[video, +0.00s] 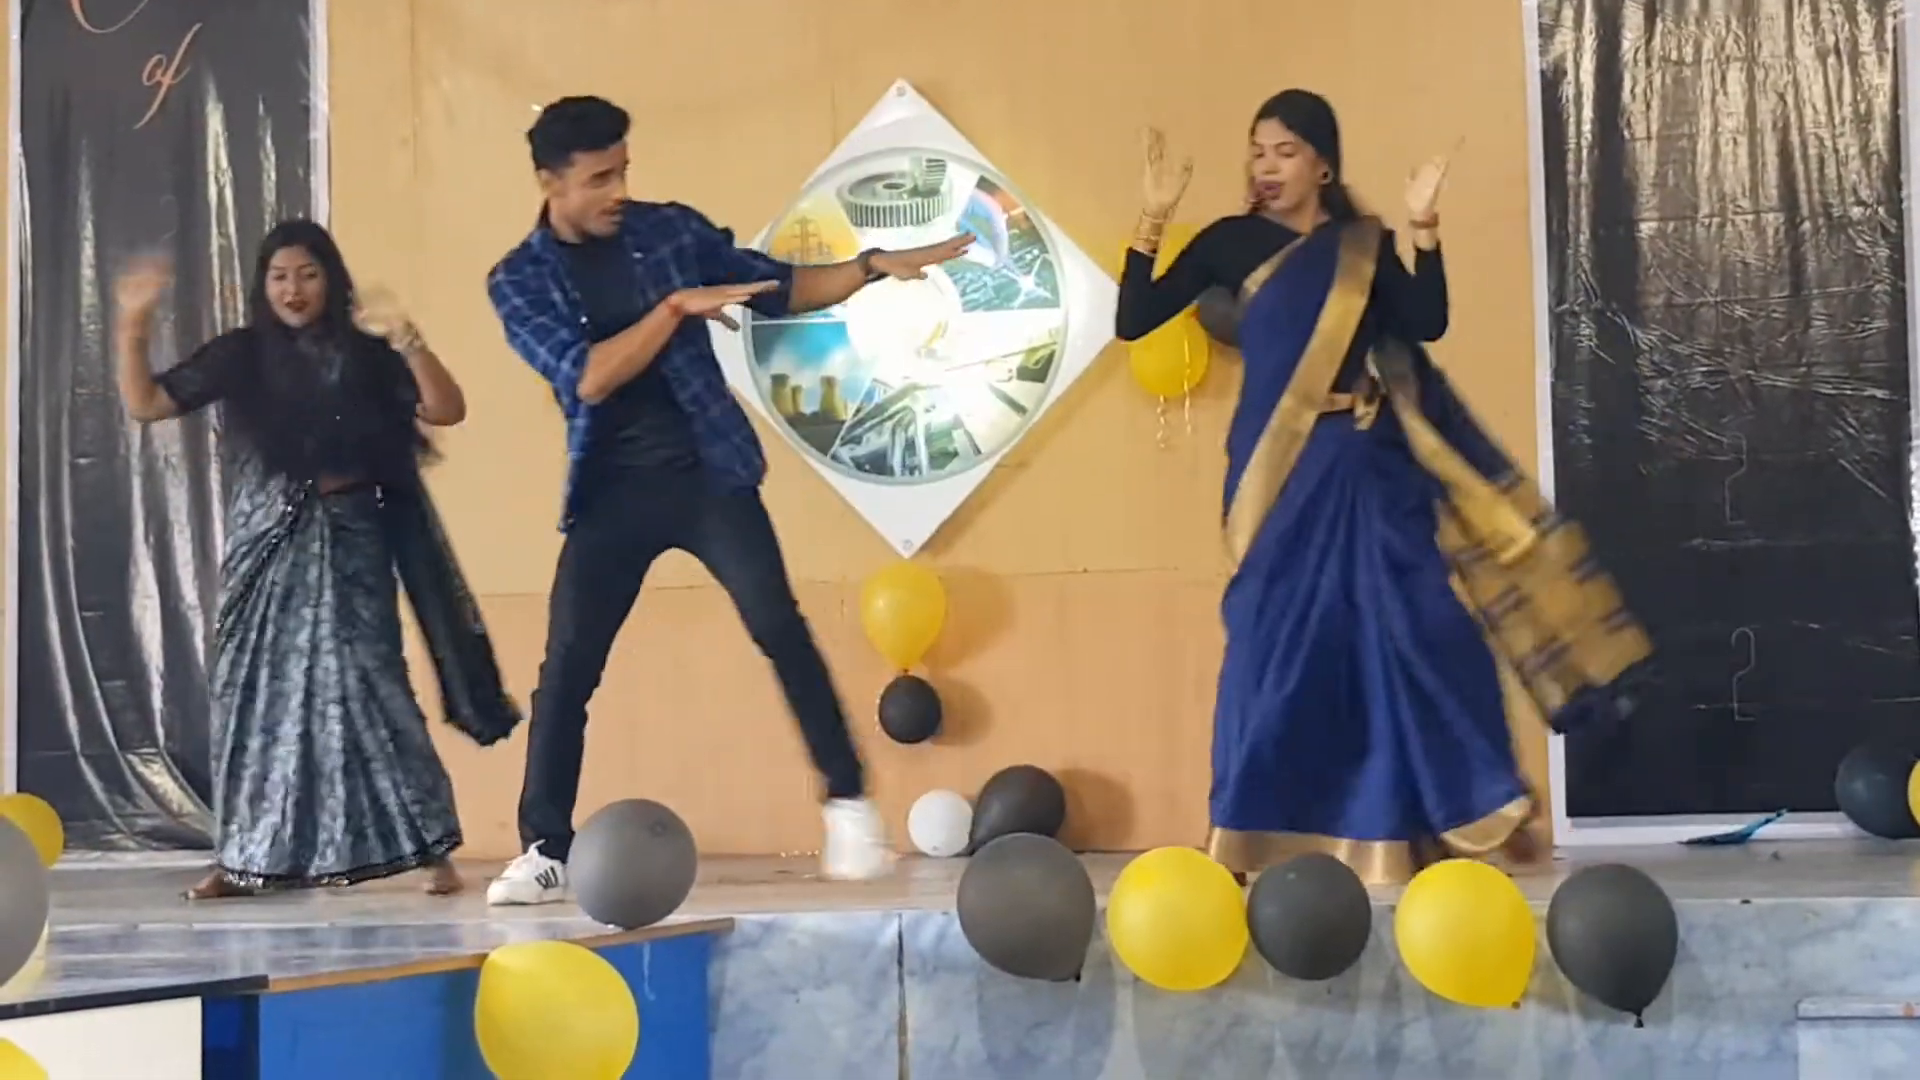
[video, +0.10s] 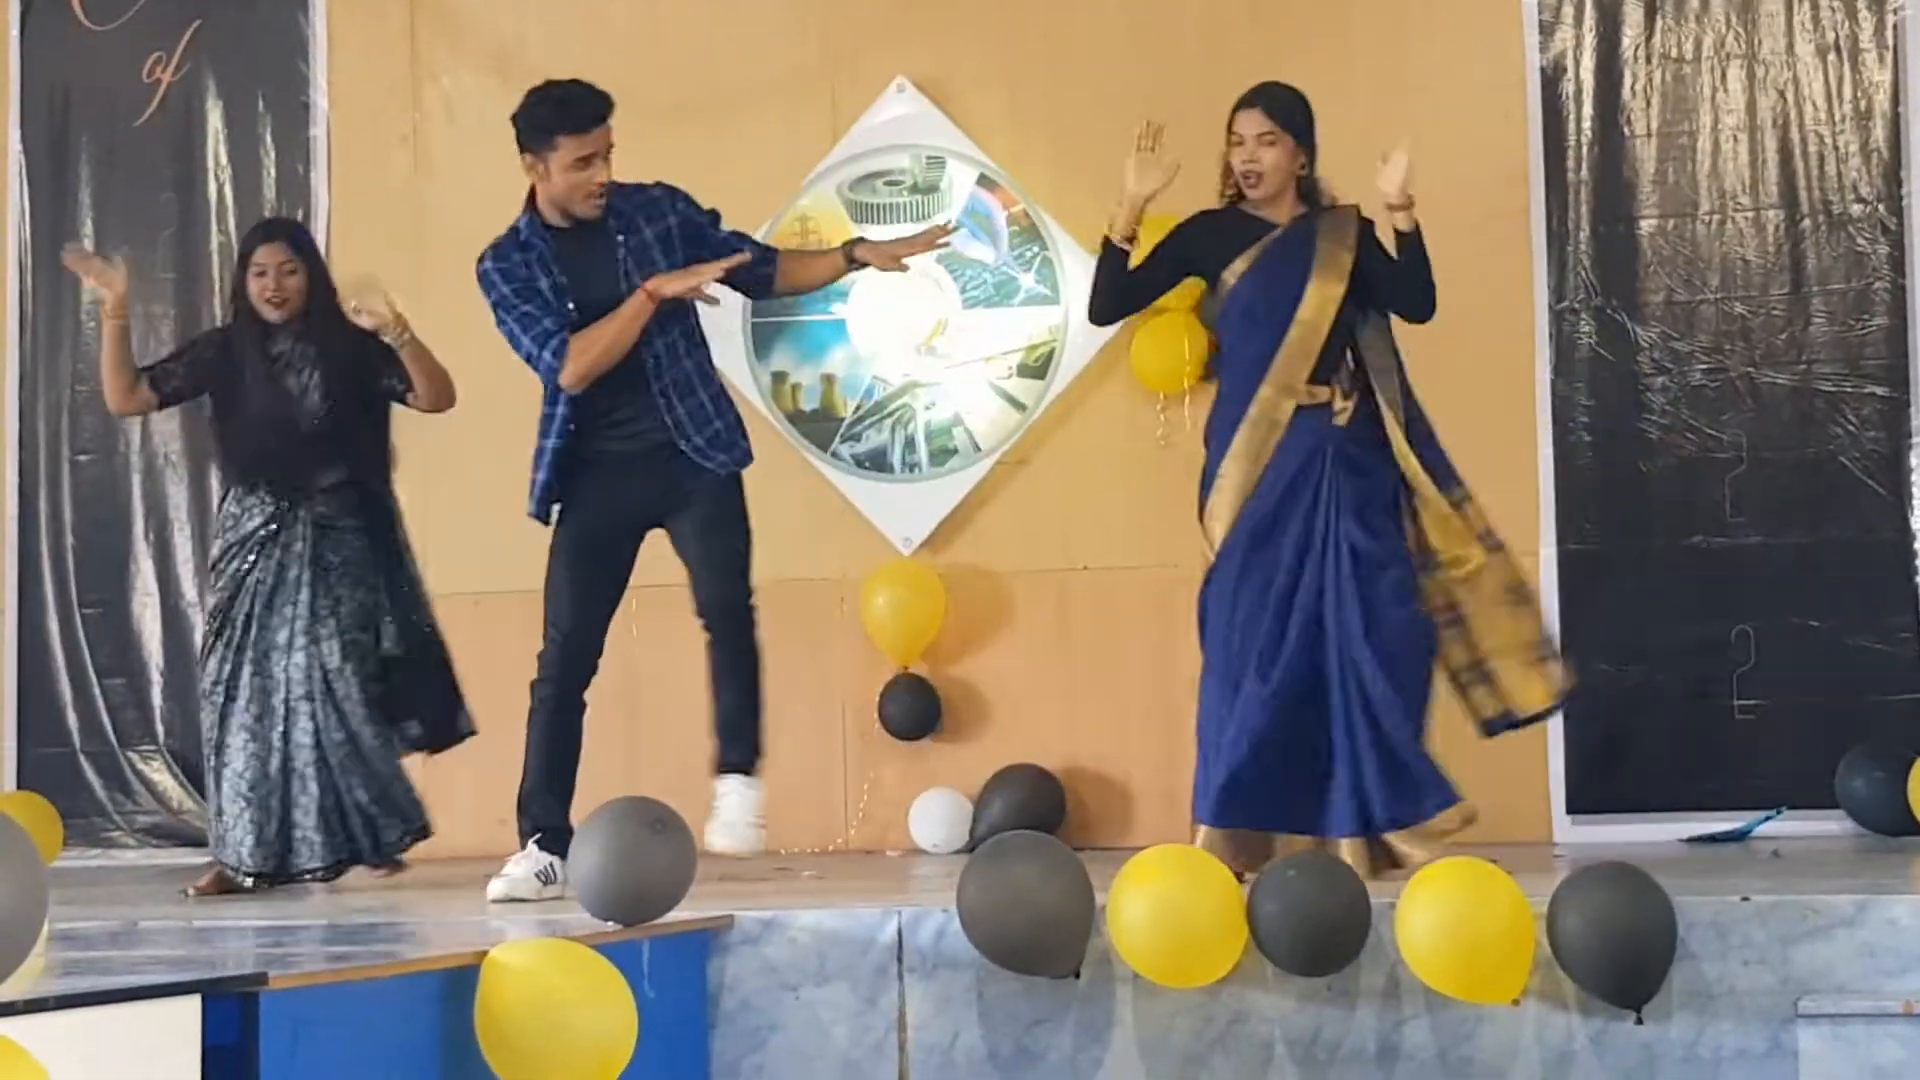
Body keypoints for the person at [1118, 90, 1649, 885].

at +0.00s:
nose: (1266, 167)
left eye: (1284, 151)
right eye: (1257, 152)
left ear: (1324, 162)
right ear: (1249, 163)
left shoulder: (1370, 242)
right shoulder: (1232, 239)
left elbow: (1429, 324)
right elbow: (1133, 320)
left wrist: (1423, 231)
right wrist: (1150, 221)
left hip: (1374, 459)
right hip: (1281, 465)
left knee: (1406, 635)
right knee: (1273, 646)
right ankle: (1240, 848)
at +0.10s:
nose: (1247, 156)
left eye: (1264, 141)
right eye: (1238, 142)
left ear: (1301, 149)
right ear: (1229, 151)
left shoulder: (1346, 230)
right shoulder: (1211, 232)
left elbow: (1417, 305)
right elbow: (1106, 307)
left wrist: (1399, 216)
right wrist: (1128, 216)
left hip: (1353, 457)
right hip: (1256, 462)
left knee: (1370, 636)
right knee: (1256, 641)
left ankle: (1369, 825)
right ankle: (1231, 837)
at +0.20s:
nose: (1238, 149)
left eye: (1255, 134)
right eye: (1227, 134)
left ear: (1288, 144)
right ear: (1213, 146)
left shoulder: (1338, 217)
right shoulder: (1198, 227)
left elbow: (1406, 301)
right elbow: (1095, 301)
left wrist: (1377, 211)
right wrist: (1116, 205)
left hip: (1327, 444)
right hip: (1237, 449)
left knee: (1314, 633)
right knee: (1244, 635)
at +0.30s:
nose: (1250, 161)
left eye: (1267, 150)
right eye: (1237, 146)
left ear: (1287, 164)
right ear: (1215, 157)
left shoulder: (1324, 242)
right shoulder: (1193, 249)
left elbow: (1382, 339)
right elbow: (1105, 318)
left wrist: (1365, 247)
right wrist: (1109, 223)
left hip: (1315, 458)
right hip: (1228, 459)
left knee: (1291, 646)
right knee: (1231, 643)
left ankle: (1246, 846)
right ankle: (1212, 840)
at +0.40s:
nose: (1278, 180)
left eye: (1292, 168)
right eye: (1265, 163)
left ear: (1306, 181)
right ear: (1231, 168)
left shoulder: (1330, 256)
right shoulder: (1189, 252)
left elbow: (1372, 358)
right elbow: (1109, 331)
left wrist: (1371, 261)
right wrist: (1122, 258)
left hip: (1325, 463)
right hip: (1230, 464)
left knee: (1349, 634)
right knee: (1231, 642)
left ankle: (1335, 805)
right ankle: (1229, 839)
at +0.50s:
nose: (1306, 168)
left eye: (1319, 158)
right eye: (1294, 152)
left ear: (1329, 170)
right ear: (1260, 154)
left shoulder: (1342, 249)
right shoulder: (1208, 228)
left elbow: (1394, 327)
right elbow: (1118, 305)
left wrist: (1391, 229)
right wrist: (1147, 223)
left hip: (1338, 456)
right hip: (1242, 456)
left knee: (1379, 621)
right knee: (1235, 628)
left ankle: (1432, 816)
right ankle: (1192, 822)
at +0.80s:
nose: (1398, 134)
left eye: (1413, 121)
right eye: (1383, 120)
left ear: (1431, 135)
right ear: (1355, 130)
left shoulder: (1464, 219)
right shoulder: (1320, 211)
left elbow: (1510, 299)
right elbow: (1234, 300)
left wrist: (1504, 210)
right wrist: (1262, 206)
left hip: (1446, 438)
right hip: (1344, 439)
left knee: (1478, 613)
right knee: (1315, 613)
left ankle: (1511, 809)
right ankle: (1226, 813)